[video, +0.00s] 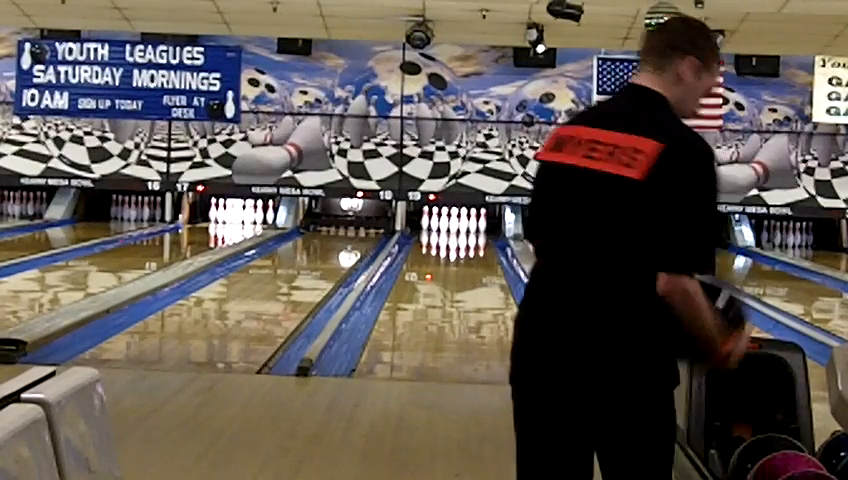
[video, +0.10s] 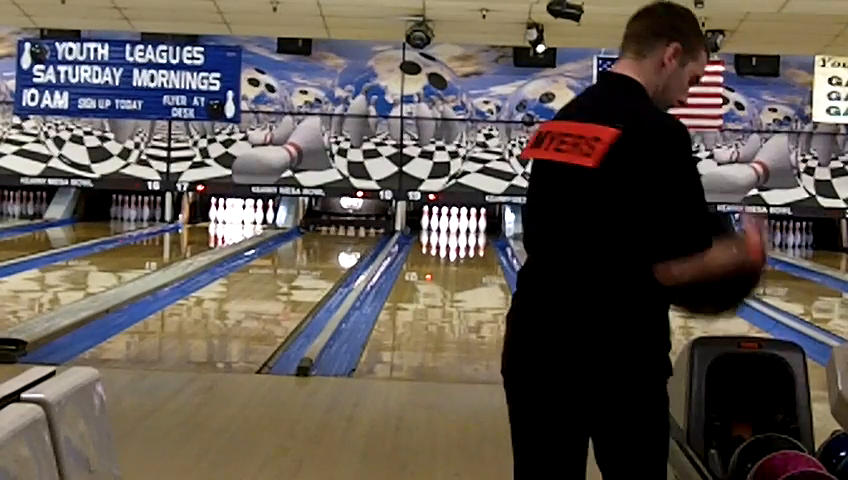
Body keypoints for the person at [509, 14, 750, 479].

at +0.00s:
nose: (712, 89)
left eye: (715, 77)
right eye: (711, 74)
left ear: (646, 62)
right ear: (686, 66)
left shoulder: (573, 127)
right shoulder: (685, 149)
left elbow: (538, 233)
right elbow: (673, 280)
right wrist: (721, 342)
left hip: (546, 337)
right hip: (629, 350)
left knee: (547, 475)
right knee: (638, 476)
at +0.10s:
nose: (688, 92)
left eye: (695, 80)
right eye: (692, 78)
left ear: (626, 49)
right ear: (670, 56)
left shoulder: (561, 120)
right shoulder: (659, 133)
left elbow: (544, 242)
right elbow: (674, 263)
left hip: (538, 345)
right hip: (622, 354)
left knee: (545, 477)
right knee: (636, 477)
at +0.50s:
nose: (720, 96)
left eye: (728, 84)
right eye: (723, 79)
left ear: (683, 51)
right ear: (691, 52)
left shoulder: (593, 114)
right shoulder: (669, 142)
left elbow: (539, 245)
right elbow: (637, 278)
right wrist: (710, 326)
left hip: (542, 340)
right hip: (611, 358)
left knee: (549, 477)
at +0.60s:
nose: (739, 100)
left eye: (749, 87)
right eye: (743, 81)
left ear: (703, 52)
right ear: (710, 55)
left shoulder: (608, 115)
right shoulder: (685, 151)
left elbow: (573, 242)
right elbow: (651, 294)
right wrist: (727, 354)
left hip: (551, 347)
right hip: (618, 368)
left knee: (556, 478)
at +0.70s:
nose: (752, 102)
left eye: (763, 89)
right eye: (756, 83)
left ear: (717, 53)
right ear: (722, 55)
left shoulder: (637, 110)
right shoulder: (681, 143)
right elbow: (656, 292)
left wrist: (733, 279)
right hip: (614, 375)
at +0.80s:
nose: (766, 99)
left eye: (776, 87)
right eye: (768, 81)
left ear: (728, 50)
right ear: (732, 53)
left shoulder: (657, 106)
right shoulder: (678, 131)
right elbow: (660, 288)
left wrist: (718, 183)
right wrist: (752, 229)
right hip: (612, 373)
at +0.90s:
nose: (774, 96)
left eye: (784, 84)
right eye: (776, 78)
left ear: (733, 49)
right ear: (736, 49)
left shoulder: (667, 108)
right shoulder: (679, 128)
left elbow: (661, 251)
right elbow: (632, 286)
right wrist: (750, 267)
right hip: (614, 366)